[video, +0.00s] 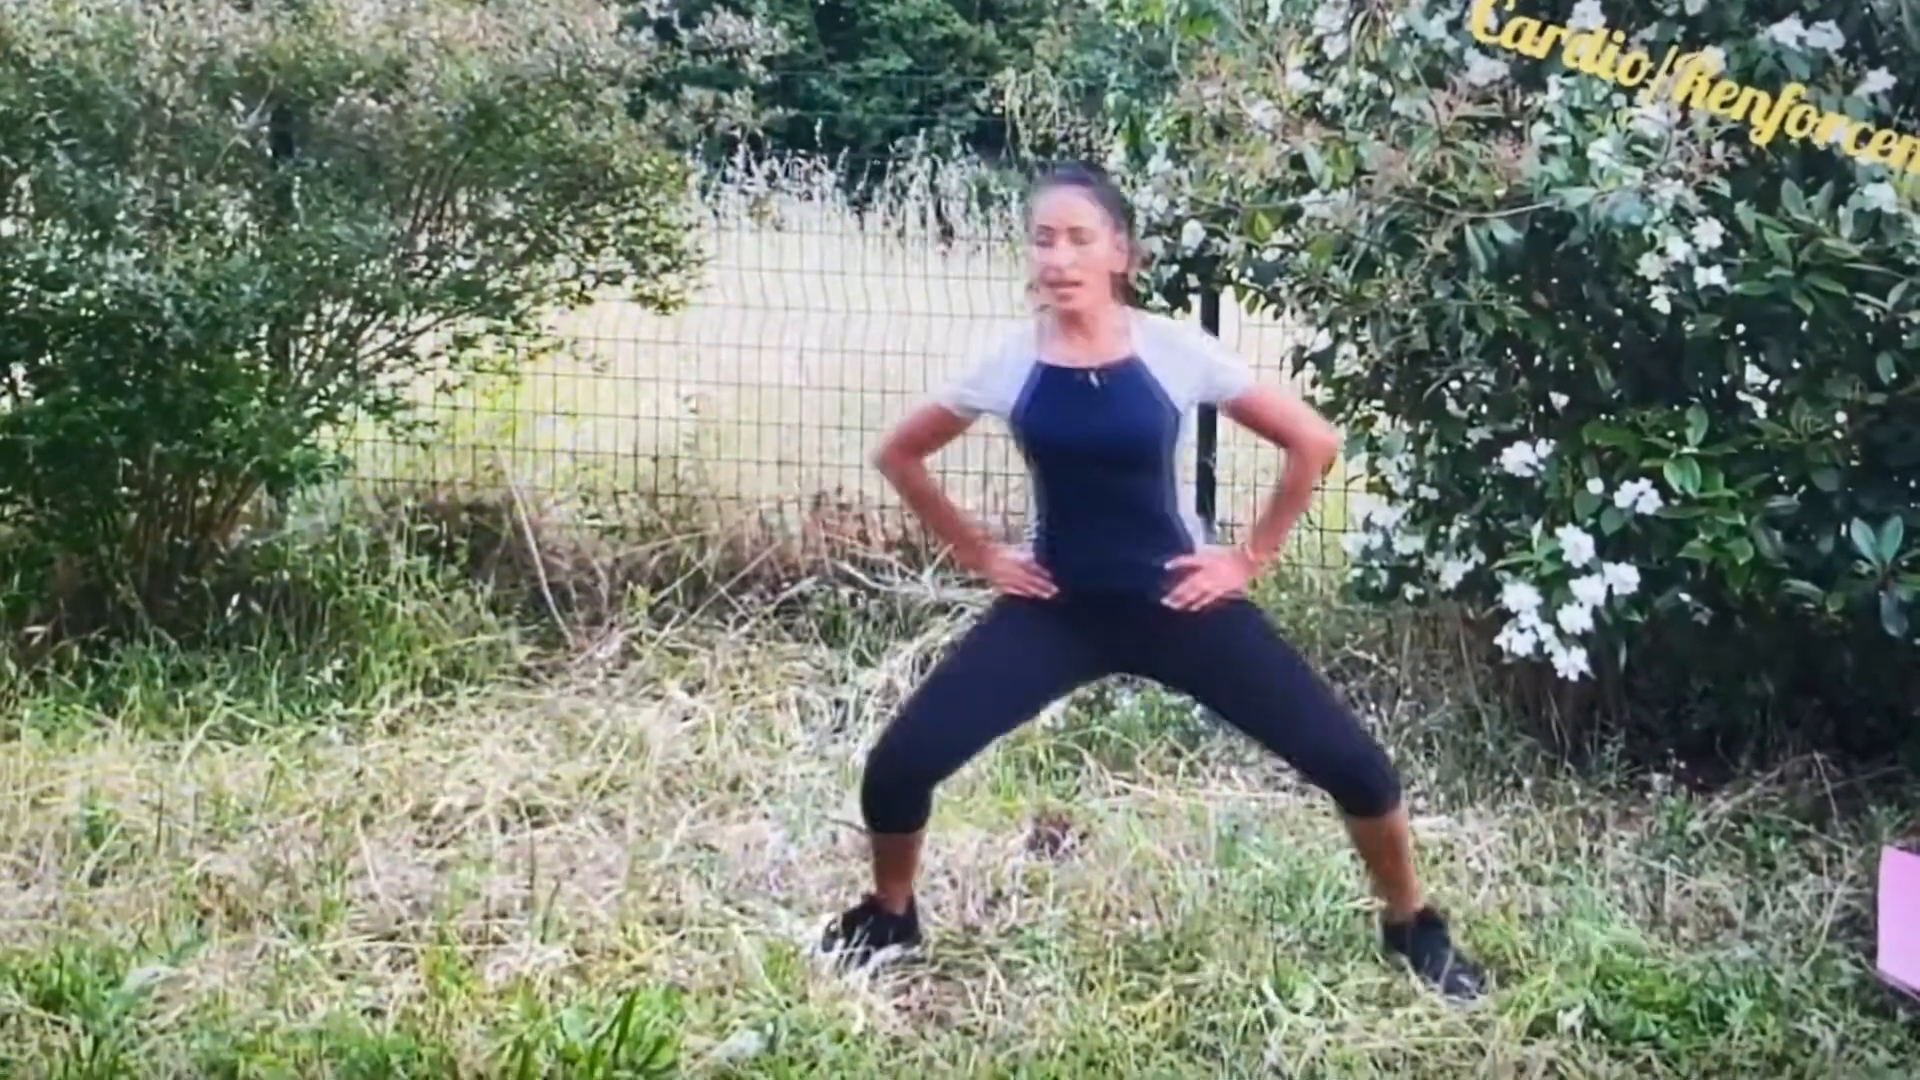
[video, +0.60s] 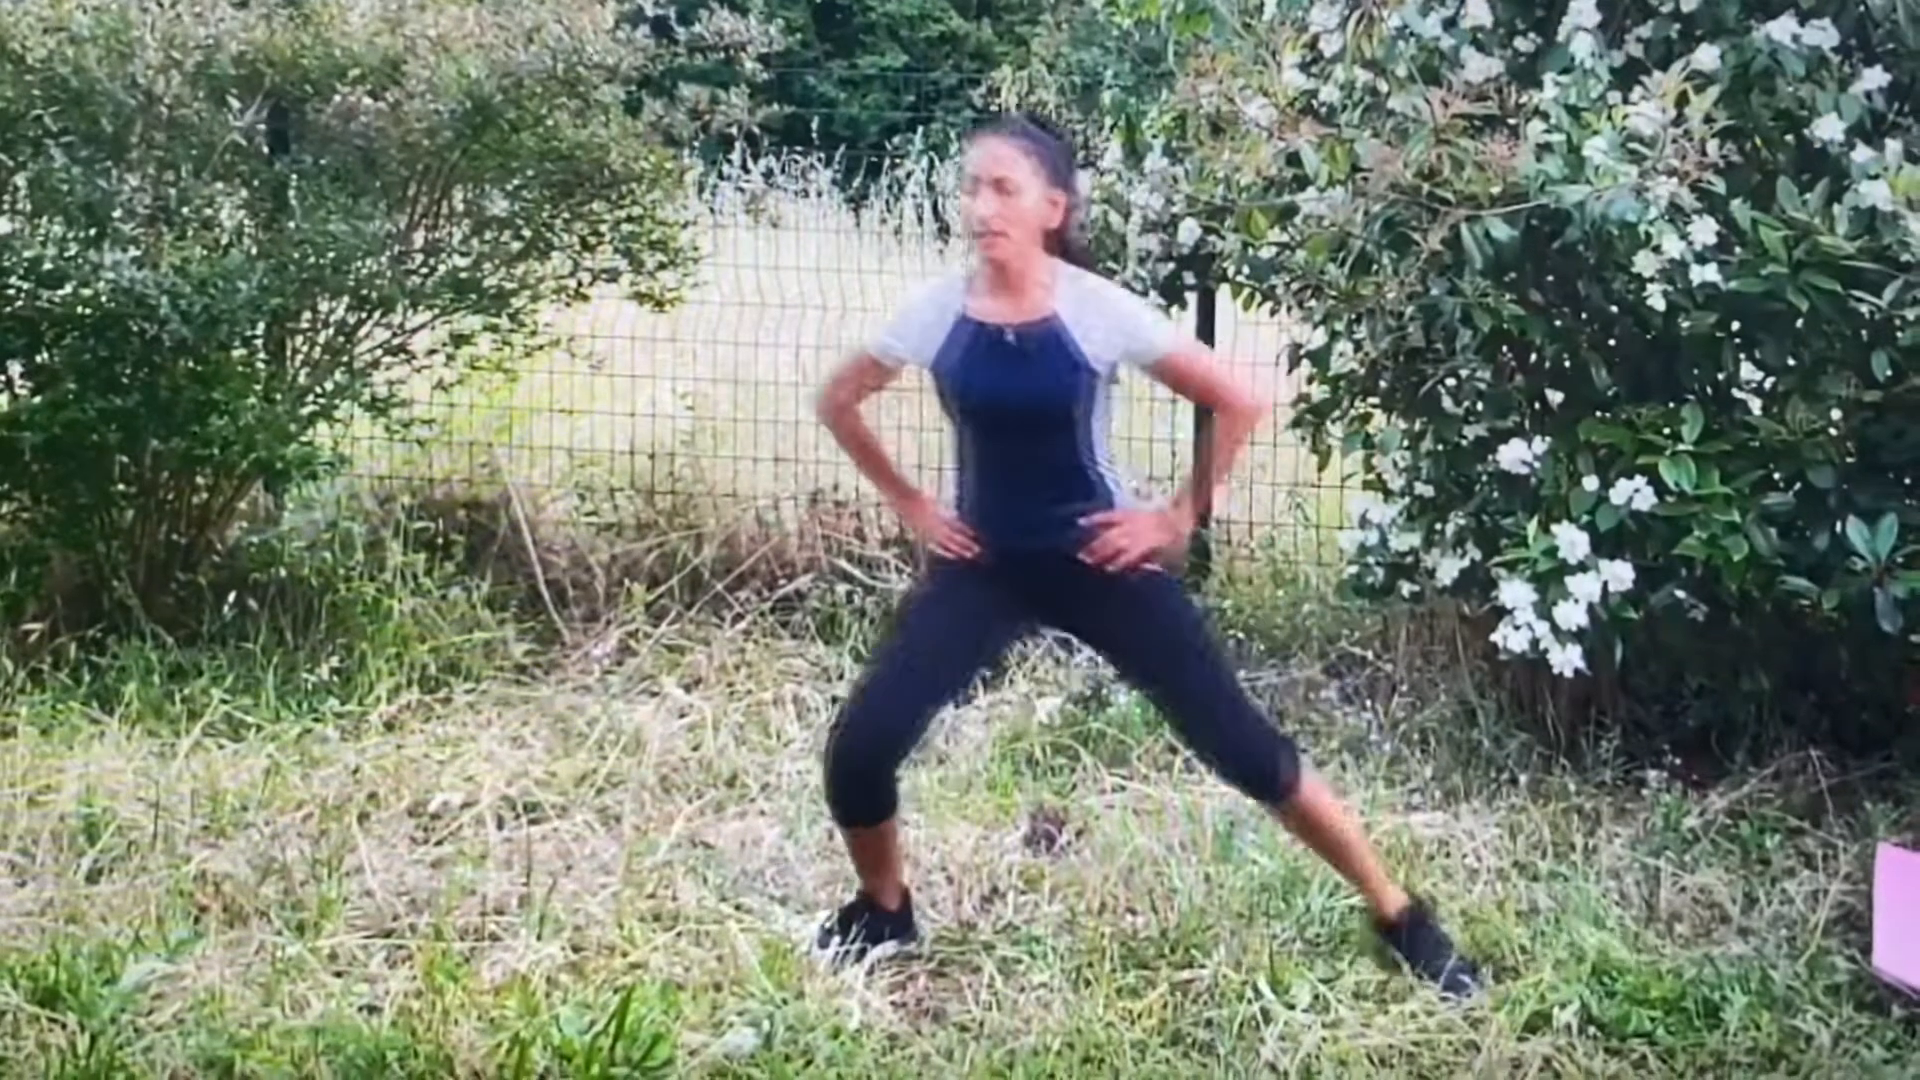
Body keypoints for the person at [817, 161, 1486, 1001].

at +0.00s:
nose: (1056, 258)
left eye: (1077, 237)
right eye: (1041, 239)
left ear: (1122, 255)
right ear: (1026, 255)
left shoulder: (1177, 352)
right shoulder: (1011, 361)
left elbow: (1316, 443)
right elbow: (895, 454)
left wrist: (1250, 558)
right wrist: (980, 553)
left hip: (1181, 611)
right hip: (1054, 613)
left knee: (1360, 770)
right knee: (896, 767)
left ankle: (1413, 927)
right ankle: (888, 917)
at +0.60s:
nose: (981, 206)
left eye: (1004, 188)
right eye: (972, 188)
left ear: (1056, 208)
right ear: (959, 204)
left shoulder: (1098, 309)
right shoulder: (940, 309)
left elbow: (1237, 403)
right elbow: (838, 401)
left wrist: (1181, 515)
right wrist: (908, 502)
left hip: (1103, 570)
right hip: (980, 570)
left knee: (1248, 754)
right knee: (854, 758)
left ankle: (1398, 916)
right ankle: (883, 911)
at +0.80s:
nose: (928, 166)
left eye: (951, 149)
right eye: (918, 147)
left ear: (1000, 169)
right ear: (903, 162)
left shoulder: (1045, 275)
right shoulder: (877, 261)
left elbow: (1171, 388)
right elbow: (762, 337)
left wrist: (1093, 485)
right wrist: (832, 458)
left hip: (1027, 532)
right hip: (900, 526)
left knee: (1083, 719)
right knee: (829, 740)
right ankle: (882, 906)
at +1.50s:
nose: (687, 243)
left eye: (710, 227)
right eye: (675, 224)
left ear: (754, 249)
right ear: (656, 241)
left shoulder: (789, 349)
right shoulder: (615, 333)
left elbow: (916, 452)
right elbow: (506, 409)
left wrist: (841, 545)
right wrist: (582, 517)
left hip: (767, 592)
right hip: (640, 586)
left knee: (889, 741)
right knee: (442, 718)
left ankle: (967, 919)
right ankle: (418, 867)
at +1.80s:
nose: (691, 237)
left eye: (713, 222)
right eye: (678, 218)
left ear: (755, 241)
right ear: (656, 234)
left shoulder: (788, 348)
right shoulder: (617, 326)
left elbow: (912, 451)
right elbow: (497, 403)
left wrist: (837, 544)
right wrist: (572, 515)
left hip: (762, 588)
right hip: (632, 582)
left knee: (888, 739)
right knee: (440, 724)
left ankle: (967, 917)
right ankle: (420, 868)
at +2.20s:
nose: (896, 190)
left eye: (918, 172)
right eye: (882, 171)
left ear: (955, 194)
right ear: (860, 188)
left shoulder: (987, 301)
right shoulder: (823, 279)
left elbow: (1093, 423)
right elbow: (682, 330)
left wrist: (1001, 511)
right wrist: (748, 452)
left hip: (928, 540)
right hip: (812, 519)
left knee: (944, 735)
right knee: (658, 683)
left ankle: (968, 916)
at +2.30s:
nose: (909, 173)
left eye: (931, 157)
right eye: (894, 153)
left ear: (965, 179)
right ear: (872, 170)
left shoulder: (999, 279)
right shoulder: (837, 268)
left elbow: (1114, 395)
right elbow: (704, 333)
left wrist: (1031, 496)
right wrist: (776, 448)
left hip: (961, 527)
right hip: (843, 516)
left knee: (977, 727)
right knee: (741, 703)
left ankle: (970, 915)